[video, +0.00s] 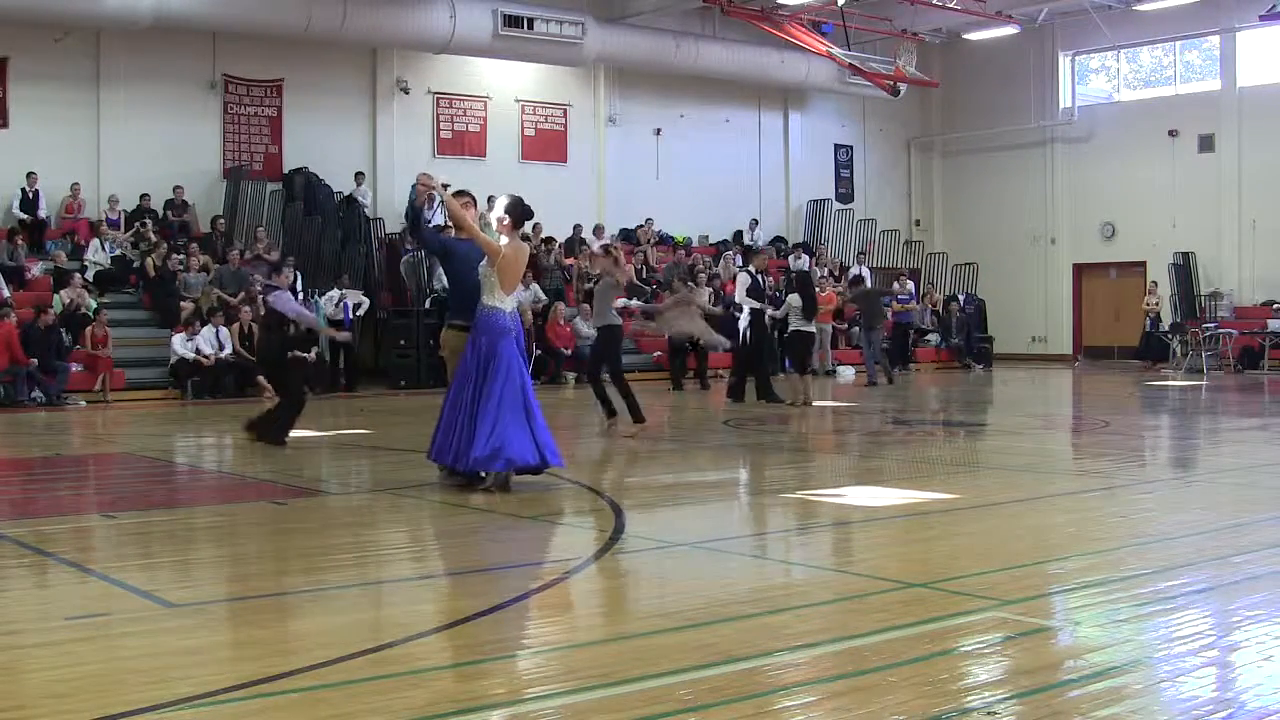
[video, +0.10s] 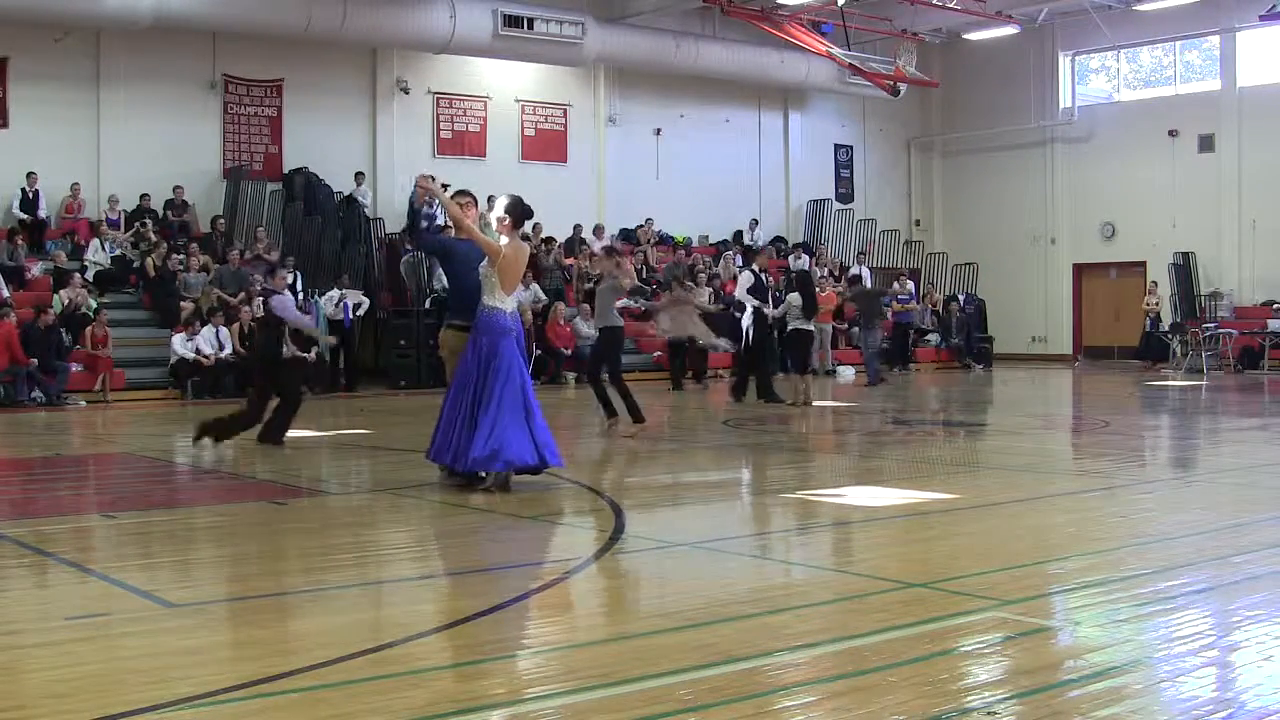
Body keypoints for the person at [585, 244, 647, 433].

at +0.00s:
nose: (595, 261)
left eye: (599, 257)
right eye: (595, 257)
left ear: (610, 259)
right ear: (602, 260)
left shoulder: (613, 279)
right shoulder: (602, 280)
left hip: (611, 328)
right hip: (603, 328)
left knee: (616, 373)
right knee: (592, 373)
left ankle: (638, 418)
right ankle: (611, 414)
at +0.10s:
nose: (598, 262)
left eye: (602, 259)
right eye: (599, 259)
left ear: (613, 261)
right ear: (605, 262)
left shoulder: (615, 281)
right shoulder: (604, 281)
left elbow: (640, 291)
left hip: (613, 329)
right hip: (605, 329)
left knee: (614, 376)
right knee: (592, 374)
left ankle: (638, 419)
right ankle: (611, 415)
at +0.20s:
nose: (598, 263)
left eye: (601, 260)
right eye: (598, 260)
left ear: (613, 261)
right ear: (608, 262)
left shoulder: (616, 280)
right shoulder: (607, 280)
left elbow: (631, 295)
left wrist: (631, 277)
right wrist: (652, 304)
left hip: (612, 330)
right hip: (607, 330)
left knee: (615, 378)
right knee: (589, 376)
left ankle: (639, 420)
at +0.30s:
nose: (598, 263)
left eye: (601, 260)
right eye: (598, 260)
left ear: (611, 261)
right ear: (609, 262)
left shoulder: (616, 281)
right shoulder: (606, 281)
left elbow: (627, 296)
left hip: (611, 332)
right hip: (603, 331)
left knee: (614, 379)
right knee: (586, 378)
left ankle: (638, 419)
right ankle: (602, 420)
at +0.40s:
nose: (593, 264)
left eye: (596, 261)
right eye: (593, 261)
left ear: (607, 262)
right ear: (604, 263)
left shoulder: (612, 283)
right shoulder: (602, 283)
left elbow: (627, 304)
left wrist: (633, 281)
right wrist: (579, 272)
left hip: (605, 333)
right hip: (597, 333)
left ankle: (636, 418)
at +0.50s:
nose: (591, 265)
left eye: (594, 262)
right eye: (591, 262)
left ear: (604, 263)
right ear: (600, 263)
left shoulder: (607, 282)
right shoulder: (599, 283)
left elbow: (617, 304)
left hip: (598, 333)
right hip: (592, 333)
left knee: (588, 378)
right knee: (585, 378)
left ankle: (621, 414)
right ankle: (603, 421)